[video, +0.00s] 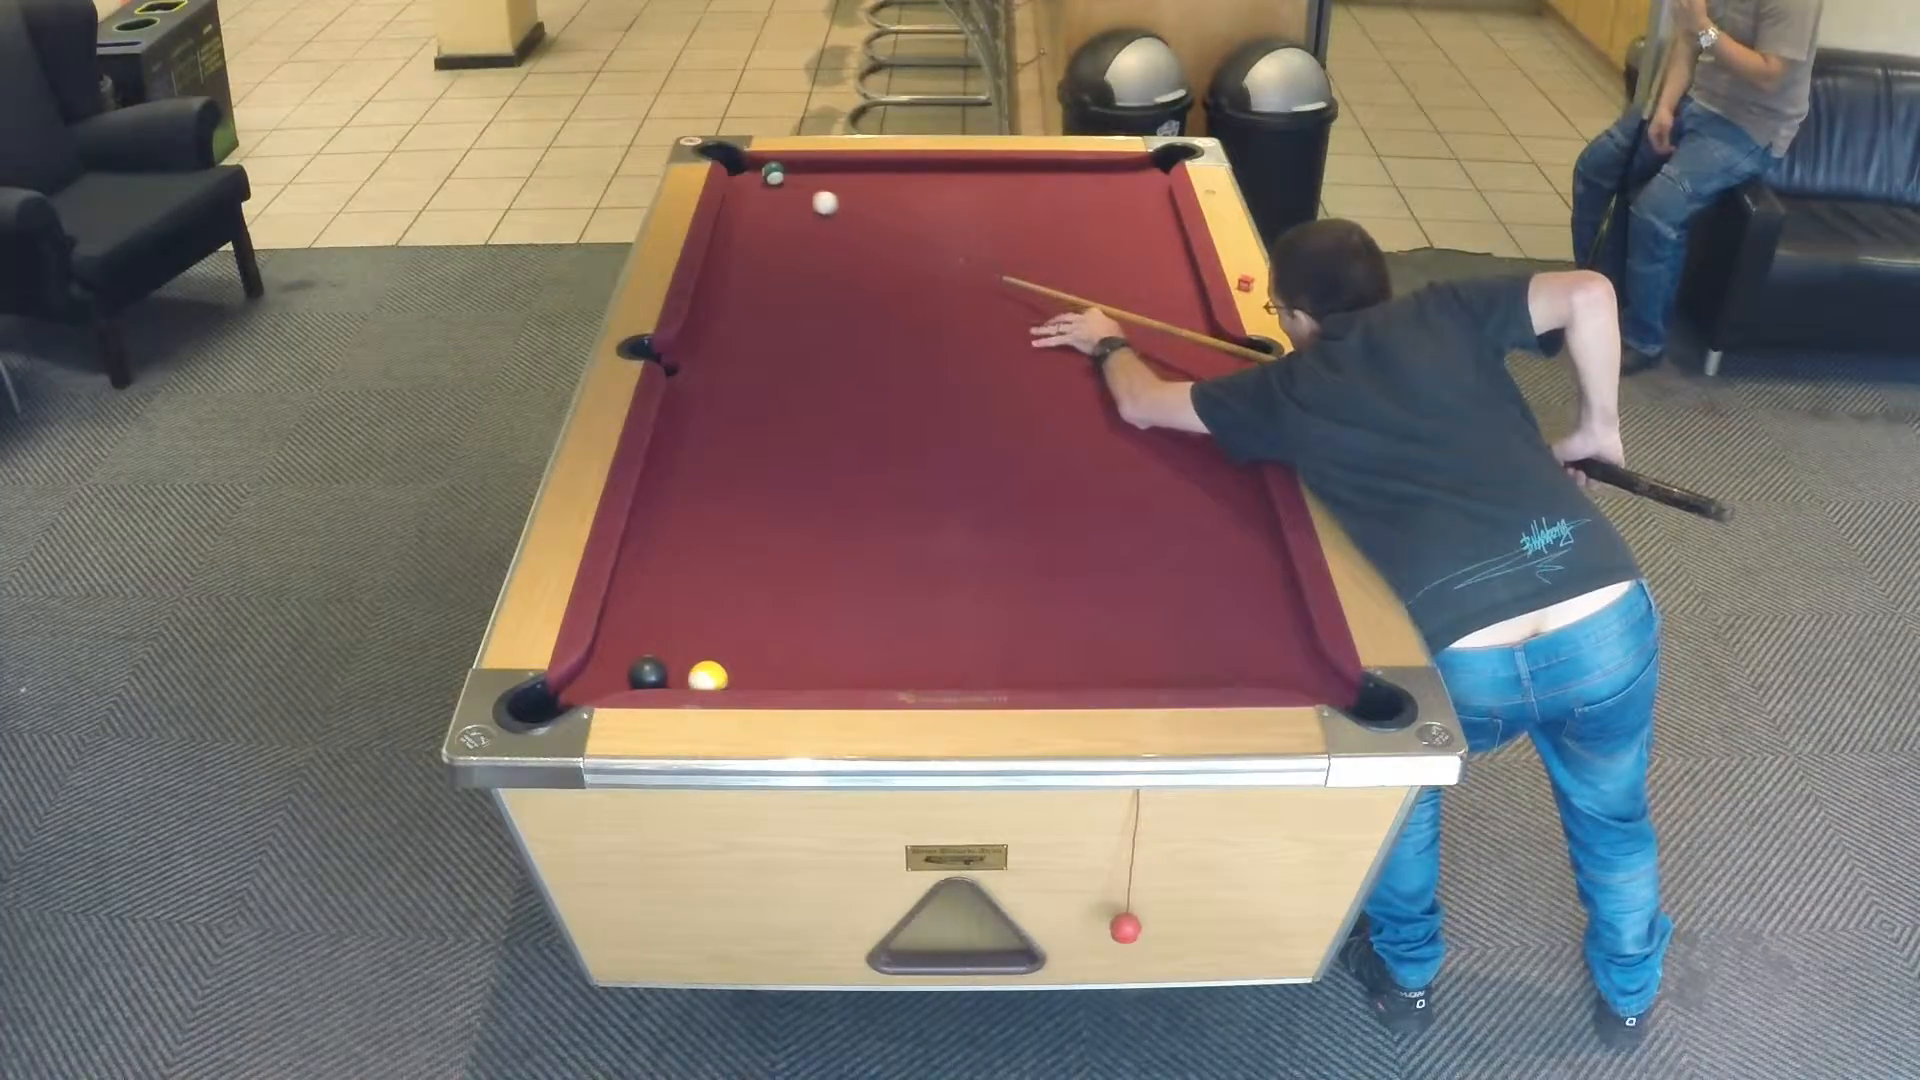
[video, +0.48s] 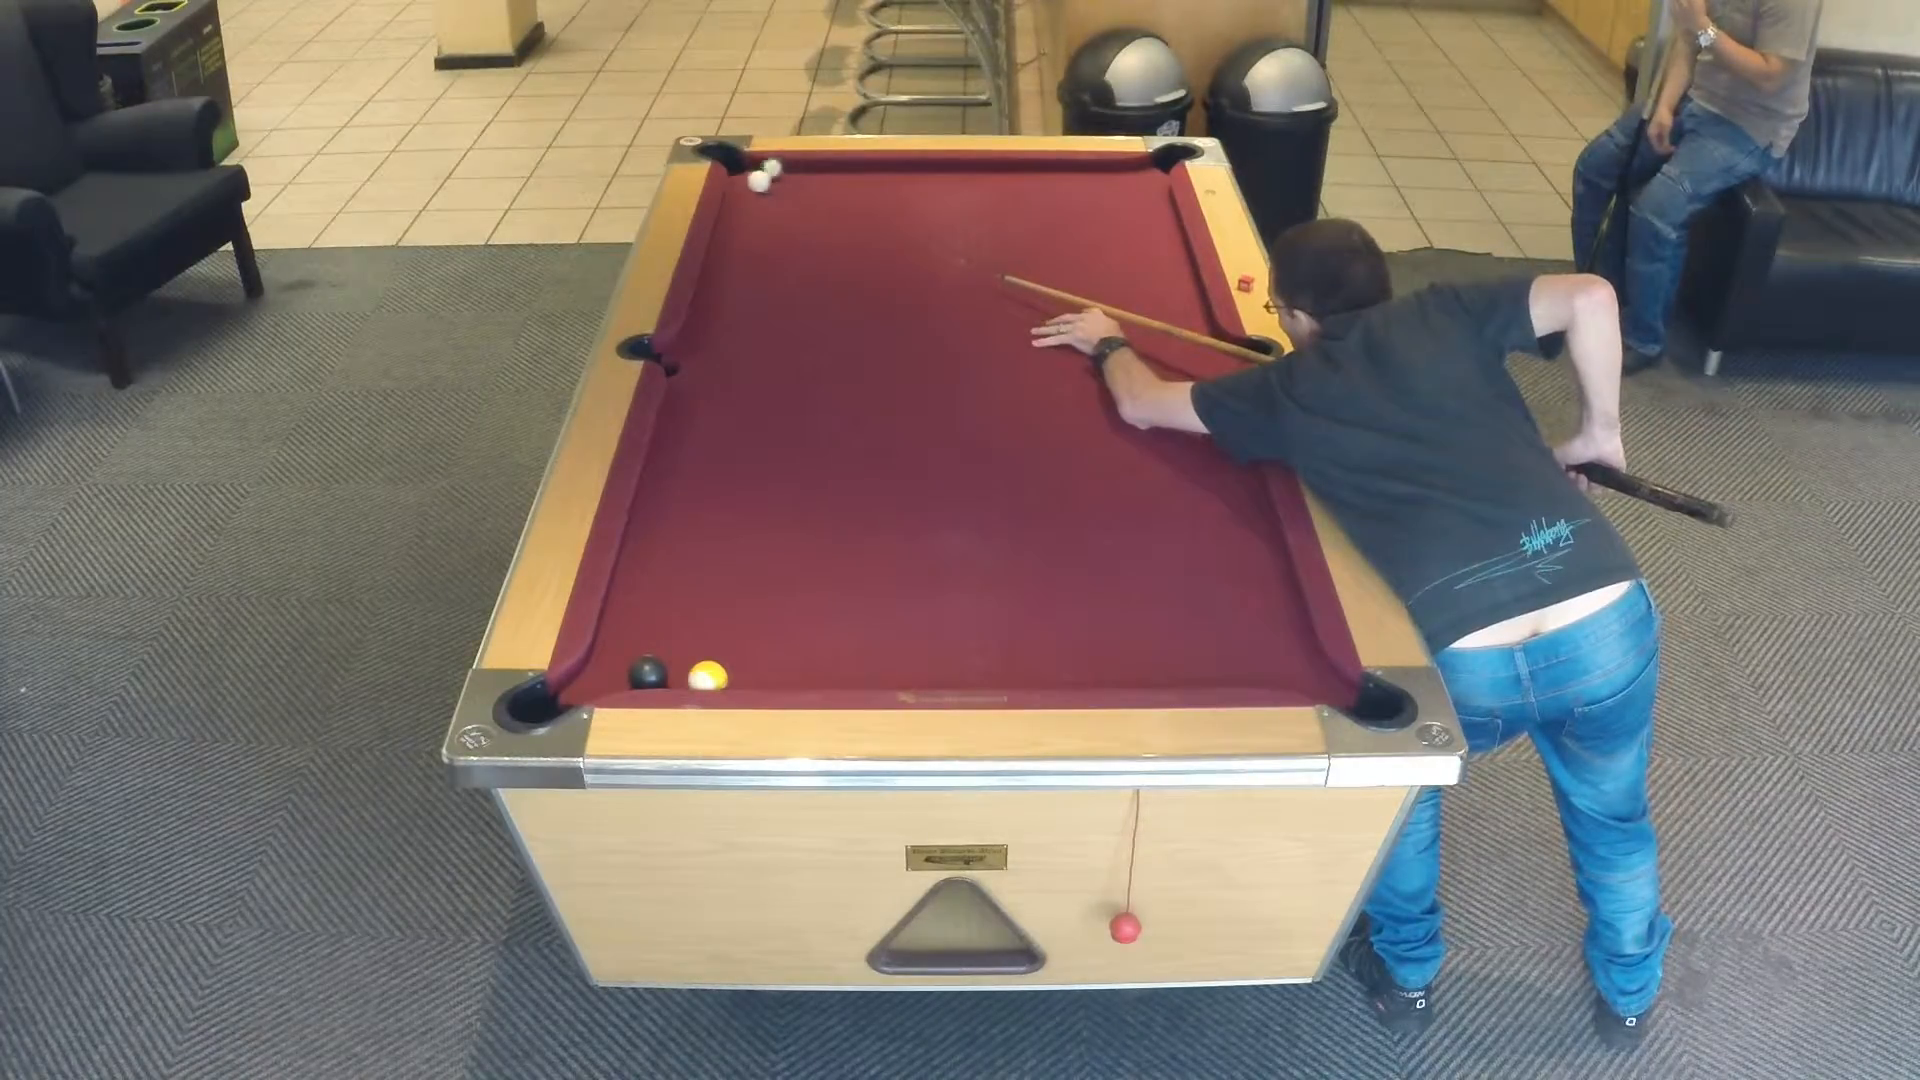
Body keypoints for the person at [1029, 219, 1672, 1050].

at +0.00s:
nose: (1280, 318)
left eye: (1282, 306)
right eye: (1279, 306)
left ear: (1298, 317)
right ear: (1385, 290)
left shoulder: (1287, 389)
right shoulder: (1450, 313)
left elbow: (1143, 400)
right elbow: (1587, 293)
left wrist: (1105, 341)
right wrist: (1600, 422)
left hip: (1467, 660)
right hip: (1606, 621)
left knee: (1394, 765)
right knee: (1615, 820)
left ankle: (1408, 967)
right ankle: (1630, 992)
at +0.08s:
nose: (1280, 318)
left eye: (1282, 306)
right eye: (1279, 305)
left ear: (1298, 317)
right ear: (1385, 290)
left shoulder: (1288, 389)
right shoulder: (1450, 313)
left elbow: (1143, 400)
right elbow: (1587, 293)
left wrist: (1105, 341)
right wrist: (1600, 422)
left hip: (1467, 660)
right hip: (1606, 621)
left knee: (1394, 764)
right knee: (1615, 820)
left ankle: (1408, 967)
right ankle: (1630, 992)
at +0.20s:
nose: (1280, 318)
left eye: (1282, 306)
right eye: (1279, 305)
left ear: (1298, 317)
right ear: (1385, 290)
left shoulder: (1287, 389)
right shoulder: (1450, 313)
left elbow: (1143, 400)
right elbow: (1588, 294)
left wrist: (1105, 341)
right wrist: (1600, 423)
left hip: (1467, 660)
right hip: (1606, 620)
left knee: (1394, 764)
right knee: (1615, 820)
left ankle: (1408, 967)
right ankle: (1630, 992)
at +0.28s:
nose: (1280, 318)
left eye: (1282, 306)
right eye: (1279, 305)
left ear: (1298, 317)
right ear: (1385, 290)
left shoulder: (1287, 389)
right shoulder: (1449, 313)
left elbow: (1143, 400)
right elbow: (1588, 295)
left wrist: (1105, 341)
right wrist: (1600, 423)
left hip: (1467, 660)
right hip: (1606, 620)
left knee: (1394, 764)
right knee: (1615, 820)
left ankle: (1408, 967)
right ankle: (1630, 992)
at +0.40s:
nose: (1279, 315)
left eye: (1281, 303)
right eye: (1279, 303)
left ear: (1297, 317)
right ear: (1385, 290)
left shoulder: (1285, 390)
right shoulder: (1449, 313)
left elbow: (1142, 399)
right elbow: (1589, 296)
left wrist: (1106, 341)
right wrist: (1600, 427)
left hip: (1468, 661)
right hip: (1606, 623)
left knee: (1394, 763)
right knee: (1615, 819)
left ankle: (1407, 967)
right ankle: (1630, 991)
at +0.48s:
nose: (1280, 315)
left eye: (1282, 303)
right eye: (1279, 303)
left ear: (1298, 317)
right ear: (1385, 290)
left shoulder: (1286, 390)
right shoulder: (1450, 313)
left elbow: (1141, 399)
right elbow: (1588, 296)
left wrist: (1106, 341)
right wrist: (1601, 428)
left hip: (1469, 661)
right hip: (1606, 623)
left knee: (1394, 762)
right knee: (1615, 819)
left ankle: (1408, 966)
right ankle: (1630, 991)